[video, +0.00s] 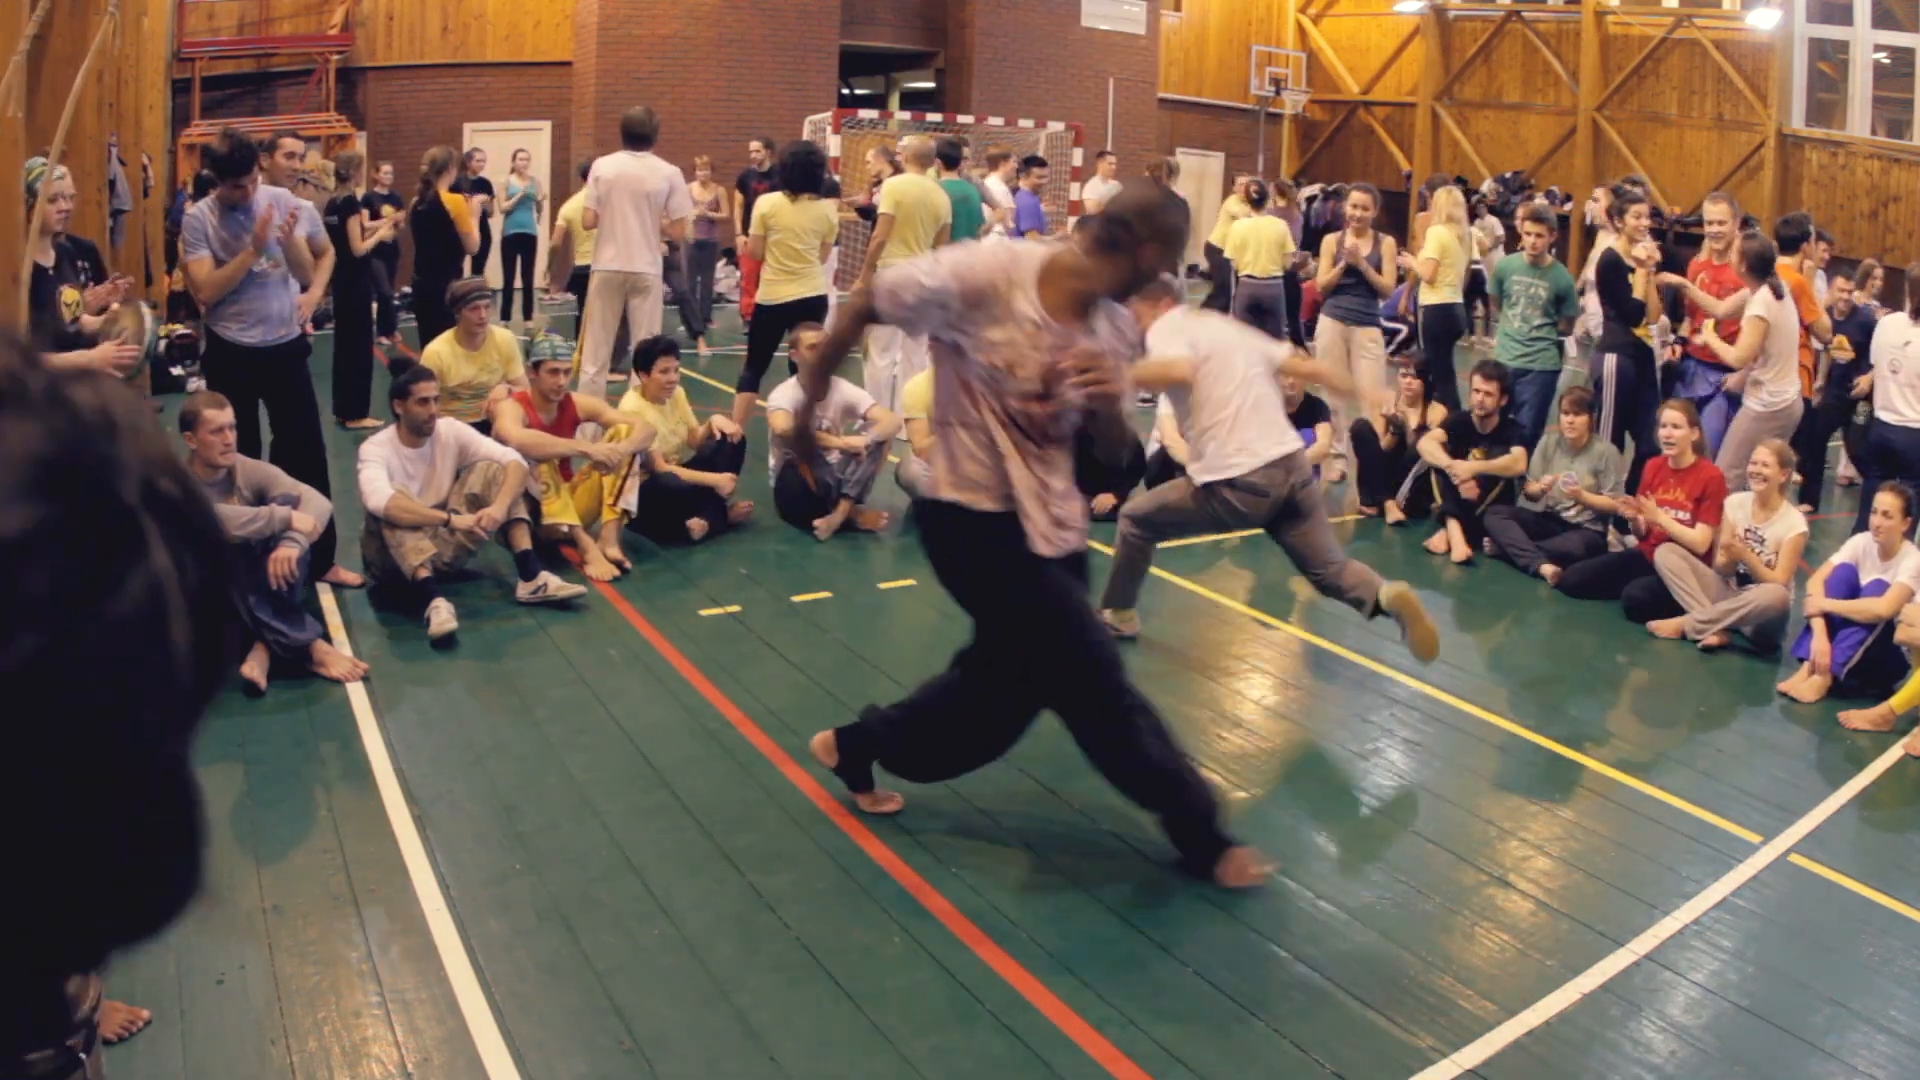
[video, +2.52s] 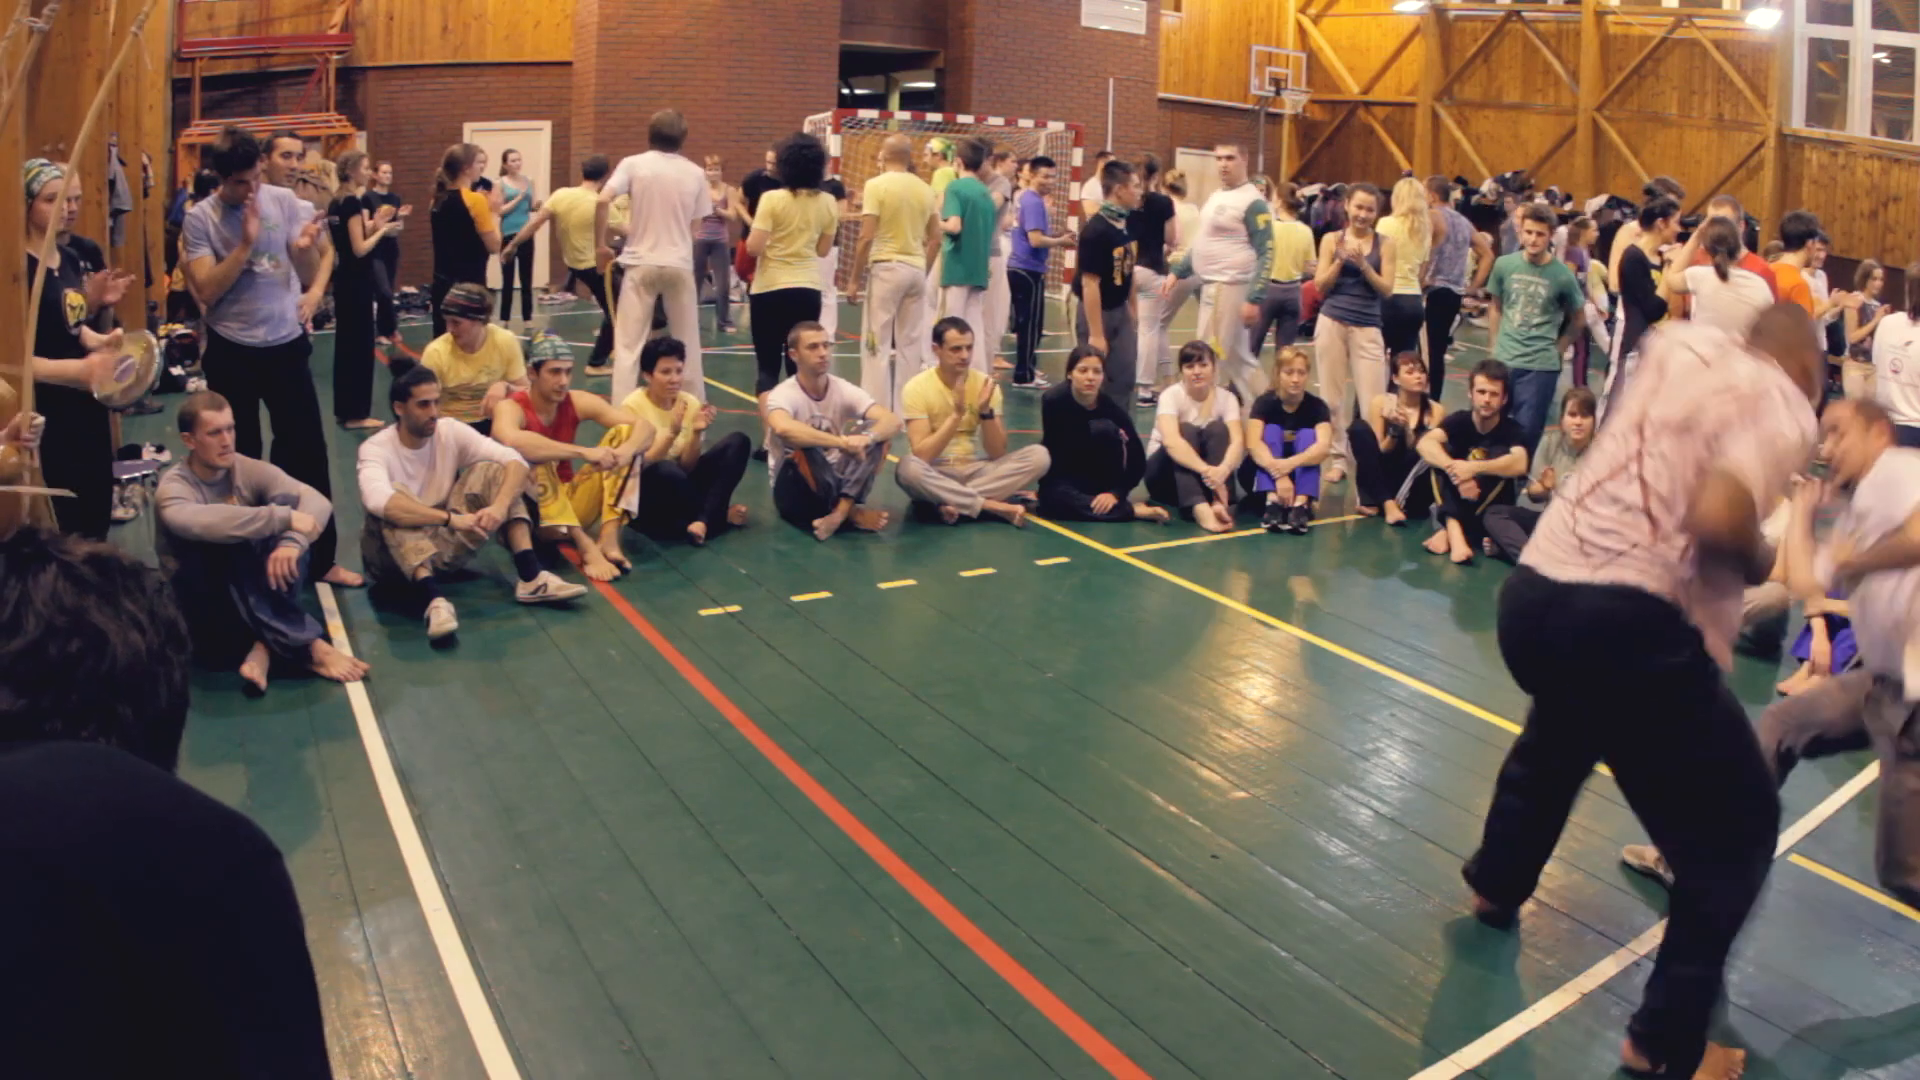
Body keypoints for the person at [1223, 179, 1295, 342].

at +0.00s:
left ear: (1247, 201)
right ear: (1267, 200)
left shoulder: (1238, 226)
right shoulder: (1280, 225)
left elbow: (1232, 260)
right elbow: (1288, 261)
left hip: (1246, 283)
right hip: (1273, 285)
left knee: (1241, 336)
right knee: (1275, 338)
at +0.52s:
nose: (1267, 205)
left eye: (1267, 202)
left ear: (1269, 204)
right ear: (1289, 204)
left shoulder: (1259, 227)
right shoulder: (1299, 229)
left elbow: (1249, 260)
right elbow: (1304, 259)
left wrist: (1263, 272)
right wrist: (1293, 274)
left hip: (1263, 284)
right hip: (1290, 284)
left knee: (1246, 344)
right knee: (1284, 347)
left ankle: (1242, 397)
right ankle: (1282, 399)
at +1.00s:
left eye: (1276, 201)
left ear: (1277, 203)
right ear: (1298, 205)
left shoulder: (1265, 227)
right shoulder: (1305, 231)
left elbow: (1255, 258)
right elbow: (1310, 267)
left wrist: (1268, 273)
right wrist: (1293, 276)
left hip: (1267, 285)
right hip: (1293, 287)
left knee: (1250, 345)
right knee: (1286, 349)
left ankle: (1236, 397)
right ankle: (1283, 402)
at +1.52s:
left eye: (1278, 201)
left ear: (1278, 204)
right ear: (1298, 204)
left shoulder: (1266, 228)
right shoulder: (1306, 231)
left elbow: (1256, 259)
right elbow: (1311, 266)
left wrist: (1254, 286)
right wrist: (1293, 271)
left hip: (1265, 285)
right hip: (1291, 287)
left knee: (1252, 343)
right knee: (1289, 344)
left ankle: (1236, 395)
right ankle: (1282, 395)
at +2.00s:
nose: (1298, 168)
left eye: (1304, 162)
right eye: (1292, 162)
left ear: (1317, 165)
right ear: (1286, 167)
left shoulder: (1328, 202)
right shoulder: (1286, 199)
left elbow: (1337, 250)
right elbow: (1271, 246)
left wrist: (1330, 289)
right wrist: (1249, 282)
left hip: (1309, 288)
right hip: (1282, 287)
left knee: (1302, 358)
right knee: (1280, 356)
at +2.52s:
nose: (1223, 164)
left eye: (1230, 159)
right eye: (1219, 159)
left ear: (1244, 162)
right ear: (1215, 164)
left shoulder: (1253, 201)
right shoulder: (1216, 197)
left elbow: (1266, 252)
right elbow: (1204, 242)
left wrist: (1254, 299)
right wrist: (1177, 272)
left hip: (1235, 285)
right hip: (1211, 283)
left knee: (1217, 350)